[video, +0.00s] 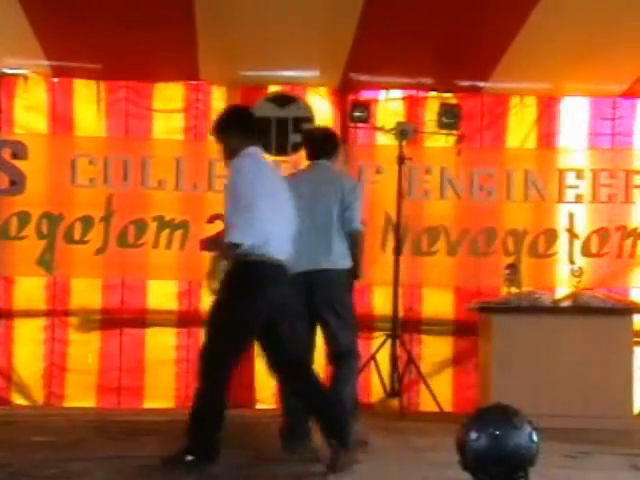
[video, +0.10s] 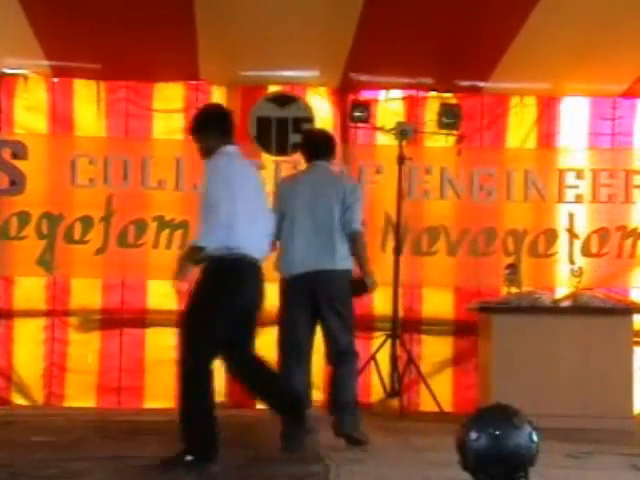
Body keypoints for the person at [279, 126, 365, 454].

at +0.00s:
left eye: (312, 149)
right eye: (334, 150)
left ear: (307, 152)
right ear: (336, 151)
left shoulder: (290, 184)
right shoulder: (345, 183)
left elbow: (281, 225)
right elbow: (353, 227)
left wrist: (283, 260)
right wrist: (357, 264)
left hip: (294, 271)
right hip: (333, 269)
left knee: (296, 355)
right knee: (344, 351)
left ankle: (295, 431)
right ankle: (341, 424)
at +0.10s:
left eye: (304, 152)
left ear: (304, 155)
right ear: (333, 154)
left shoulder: (287, 186)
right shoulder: (345, 184)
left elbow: (274, 230)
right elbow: (353, 229)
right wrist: (366, 270)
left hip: (295, 275)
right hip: (334, 272)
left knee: (294, 354)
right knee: (343, 351)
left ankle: (294, 429)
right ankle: (347, 422)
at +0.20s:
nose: (301, 164)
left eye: (301, 158)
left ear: (304, 160)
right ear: (332, 158)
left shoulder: (290, 188)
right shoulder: (347, 188)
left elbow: (282, 226)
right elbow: (360, 237)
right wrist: (375, 282)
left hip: (298, 276)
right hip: (337, 275)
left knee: (297, 355)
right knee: (343, 352)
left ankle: (296, 433)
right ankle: (351, 429)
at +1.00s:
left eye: (328, 174)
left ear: (328, 174)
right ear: (356, 173)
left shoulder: (322, 195)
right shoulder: (372, 199)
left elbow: (295, 219)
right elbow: (387, 245)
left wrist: (315, 188)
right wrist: (396, 289)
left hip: (329, 281)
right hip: (364, 281)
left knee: (330, 351)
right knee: (360, 353)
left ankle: (329, 418)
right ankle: (357, 420)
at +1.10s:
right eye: (355, 175)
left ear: (327, 175)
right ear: (355, 174)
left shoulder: (317, 197)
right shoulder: (371, 198)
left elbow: (295, 233)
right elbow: (385, 243)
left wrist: (309, 200)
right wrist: (396, 286)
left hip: (328, 280)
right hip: (363, 280)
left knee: (329, 348)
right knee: (360, 349)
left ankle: (329, 417)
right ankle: (358, 414)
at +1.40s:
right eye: (358, 176)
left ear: (335, 176)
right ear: (362, 175)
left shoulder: (319, 197)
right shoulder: (373, 196)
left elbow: (293, 223)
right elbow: (385, 237)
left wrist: (307, 248)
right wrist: (397, 280)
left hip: (332, 280)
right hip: (367, 278)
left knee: (332, 349)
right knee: (369, 349)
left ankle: (329, 419)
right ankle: (373, 415)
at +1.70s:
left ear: (349, 173)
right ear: (376, 173)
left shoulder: (338, 193)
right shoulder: (391, 195)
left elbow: (322, 225)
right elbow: (403, 240)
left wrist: (326, 261)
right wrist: (413, 283)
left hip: (347, 274)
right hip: (383, 275)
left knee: (342, 344)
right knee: (384, 345)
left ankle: (333, 411)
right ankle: (385, 412)